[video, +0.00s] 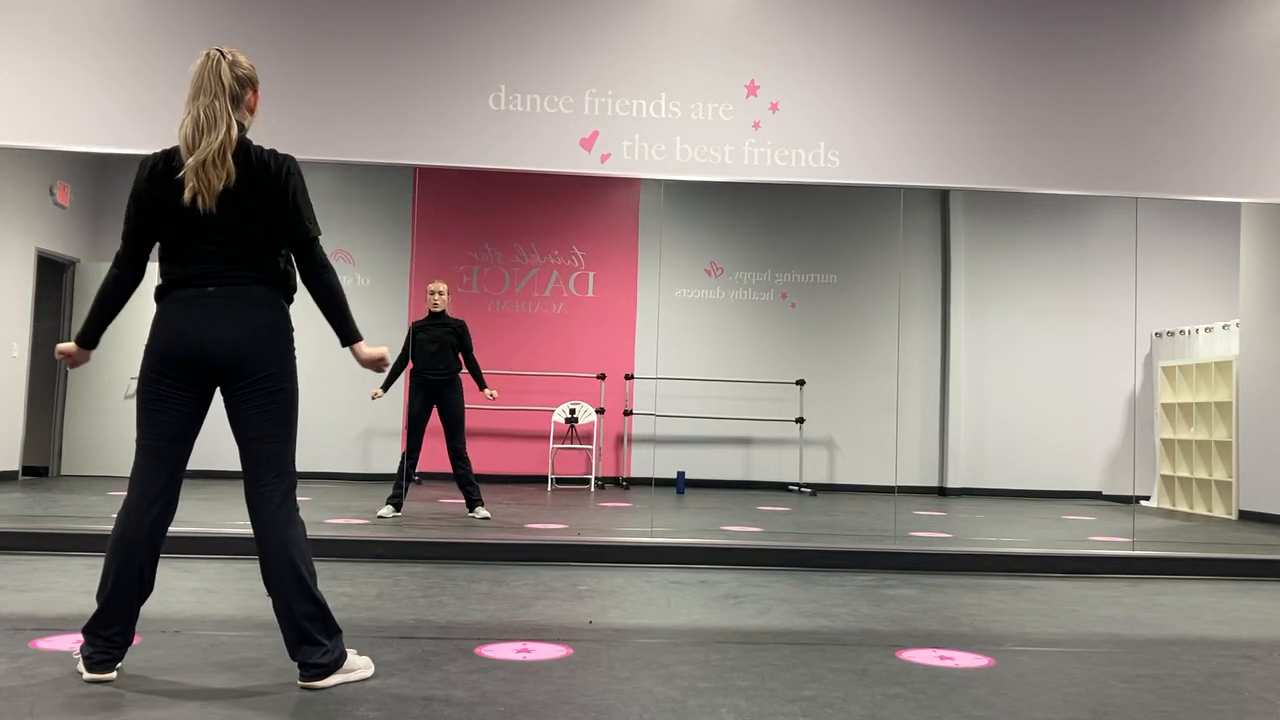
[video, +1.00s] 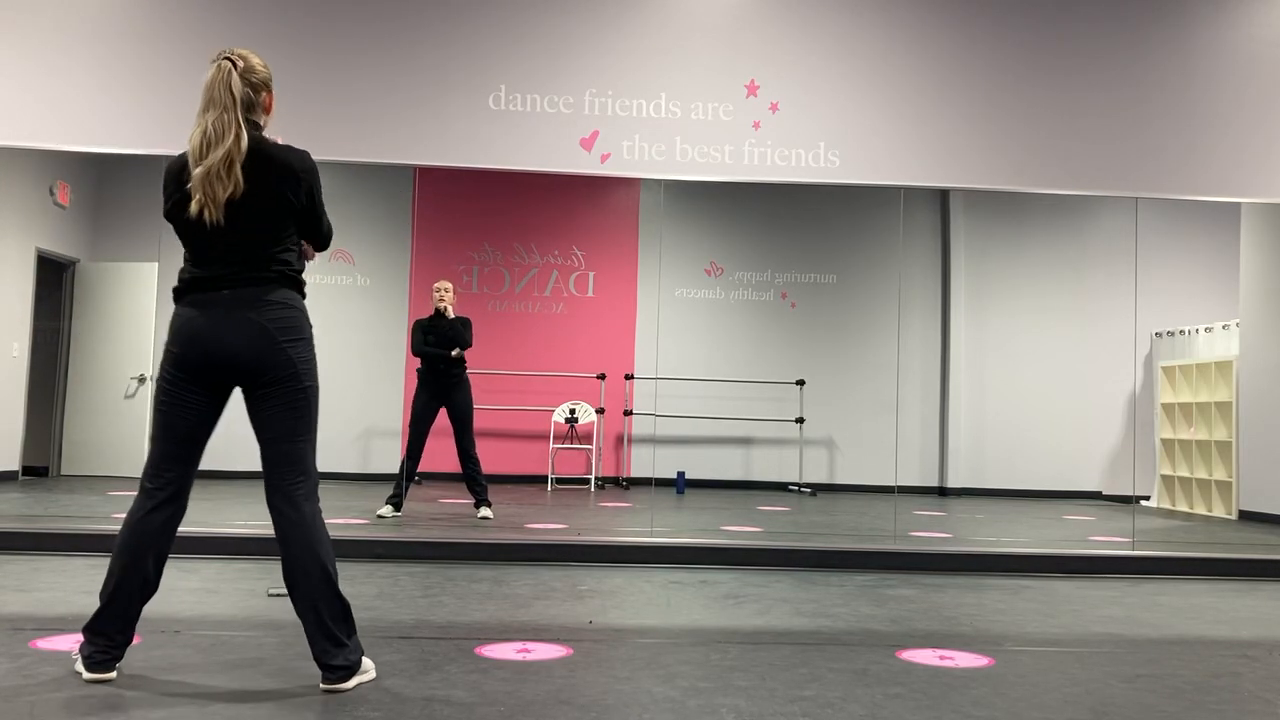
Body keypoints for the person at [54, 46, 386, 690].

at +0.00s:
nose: (260, 102)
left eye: (257, 91)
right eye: (258, 93)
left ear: (196, 95)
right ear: (246, 98)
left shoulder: (160, 169)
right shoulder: (277, 170)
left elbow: (129, 263)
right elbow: (313, 259)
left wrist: (85, 340)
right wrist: (354, 340)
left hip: (176, 332)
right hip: (258, 334)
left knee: (149, 490)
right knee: (273, 496)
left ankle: (102, 648)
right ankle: (318, 656)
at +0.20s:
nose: (259, 102)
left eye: (255, 91)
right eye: (257, 93)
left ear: (194, 95)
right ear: (246, 97)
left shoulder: (158, 168)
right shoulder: (278, 166)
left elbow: (137, 271)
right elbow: (299, 264)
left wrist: (106, 348)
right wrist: (322, 344)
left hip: (170, 330)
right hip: (254, 333)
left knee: (149, 488)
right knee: (270, 496)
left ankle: (101, 649)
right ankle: (318, 655)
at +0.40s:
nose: (256, 101)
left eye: (252, 90)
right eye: (254, 92)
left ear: (192, 94)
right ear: (244, 96)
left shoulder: (152, 165)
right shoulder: (277, 163)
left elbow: (145, 266)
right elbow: (292, 265)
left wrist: (155, 338)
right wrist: (282, 338)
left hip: (165, 324)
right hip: (250, 323)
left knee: (145, 487)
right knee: (273, 494)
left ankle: (101, 648)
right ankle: (317, 655)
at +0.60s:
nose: (260, 100)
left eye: (256, 89)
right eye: (257, 91)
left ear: (195, 92)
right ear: (246, 96)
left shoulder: (160, 161)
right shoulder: (277, 160)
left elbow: (157, 233)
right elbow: (298, 251)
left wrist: (223, 223)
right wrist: (246, 223)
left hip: (172, 322)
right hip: (254, 322)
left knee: (143, 486)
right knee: (289, 490)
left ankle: (97, 648)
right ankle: (338, 654)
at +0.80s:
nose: (268, 107)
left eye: (265, 95)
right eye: (265, 97)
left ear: (202, 100)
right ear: (252, 101)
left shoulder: (172, 173)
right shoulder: (281, 165)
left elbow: (193, 239)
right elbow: (314, 242)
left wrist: (288, 263)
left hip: (202, 326)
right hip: (280, 321)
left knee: (173, 486)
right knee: (297, 488)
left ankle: (103, 647)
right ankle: (338, 657)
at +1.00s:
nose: (277, 104)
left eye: (274, 94)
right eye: (274, 95)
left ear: (211, 98)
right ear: (262, 101)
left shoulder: (180, 170)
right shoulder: (291, 164)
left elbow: (199, 237)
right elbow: (319, 236)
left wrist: (289, 240)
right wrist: (267, 231)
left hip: (195, 324)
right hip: (275, 323)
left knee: (160, 488)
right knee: (294, 491)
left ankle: (101, 648)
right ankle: (338, 657)